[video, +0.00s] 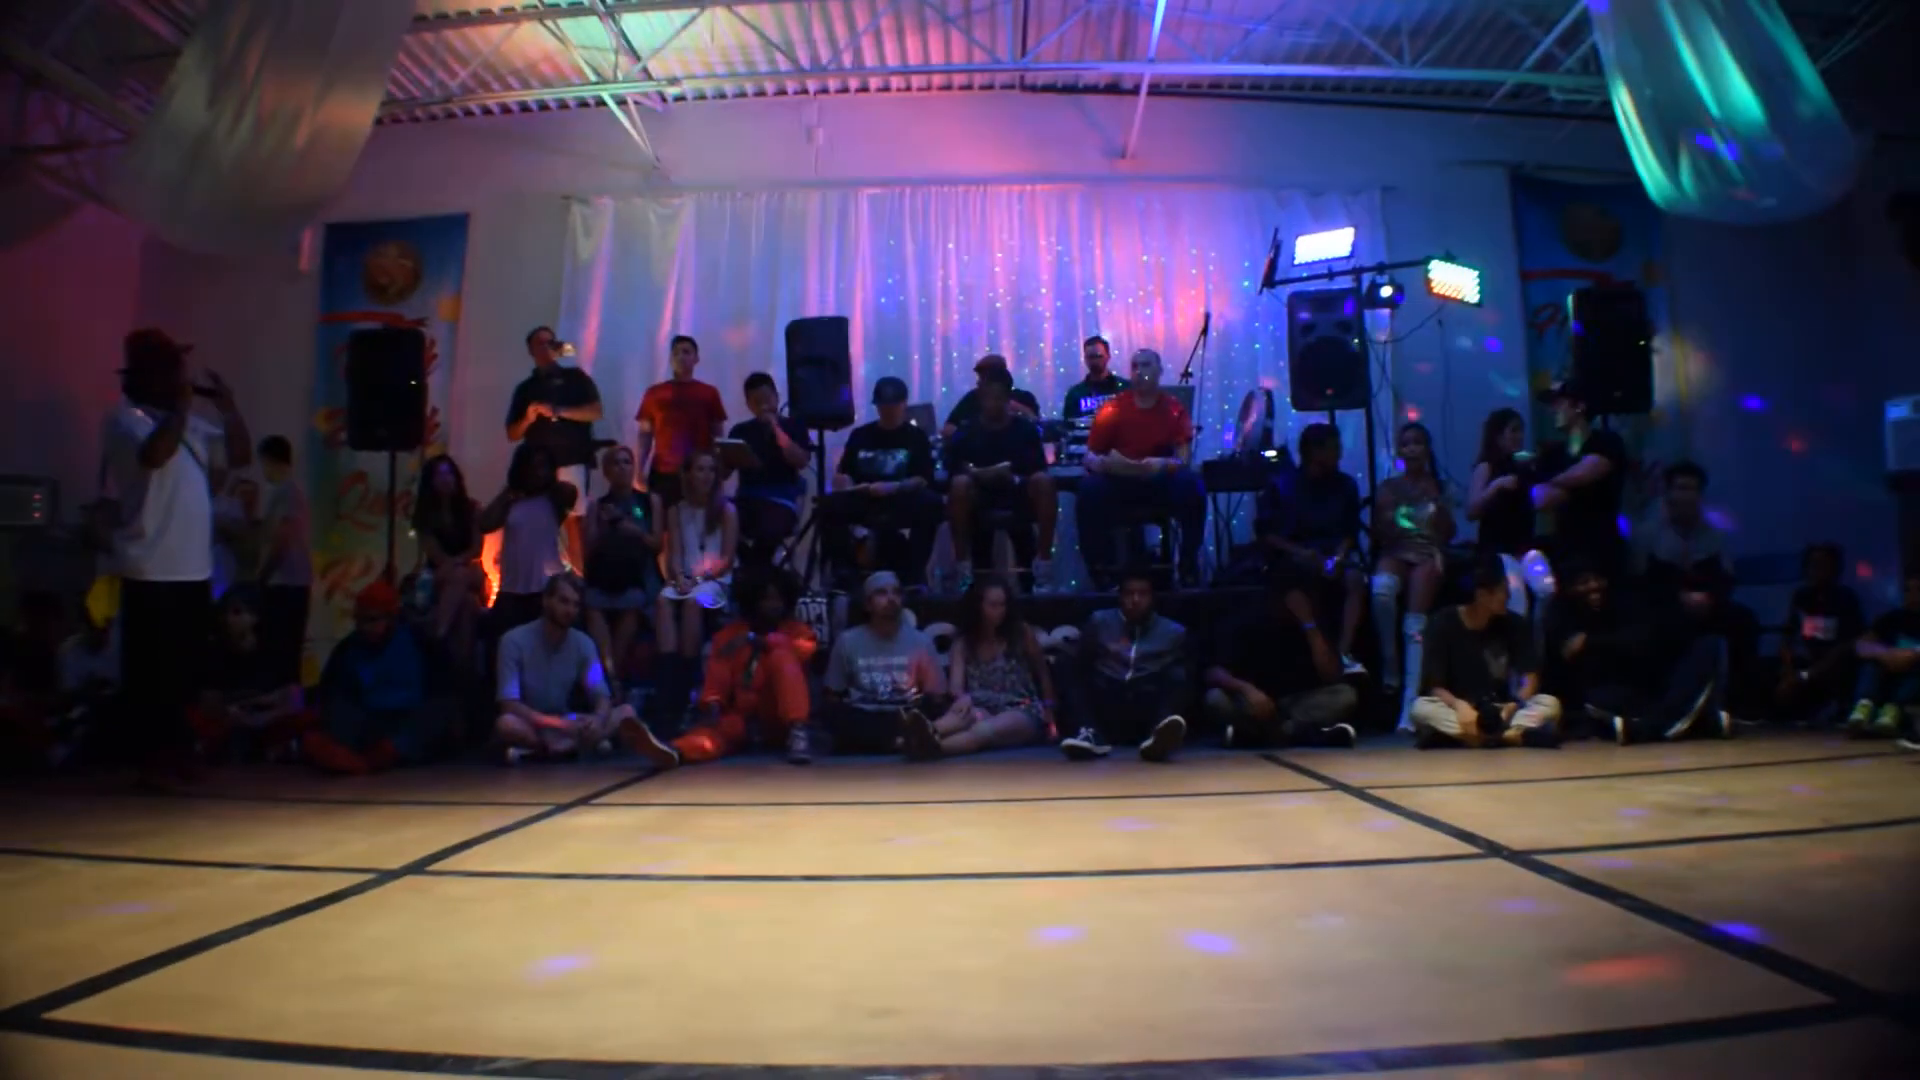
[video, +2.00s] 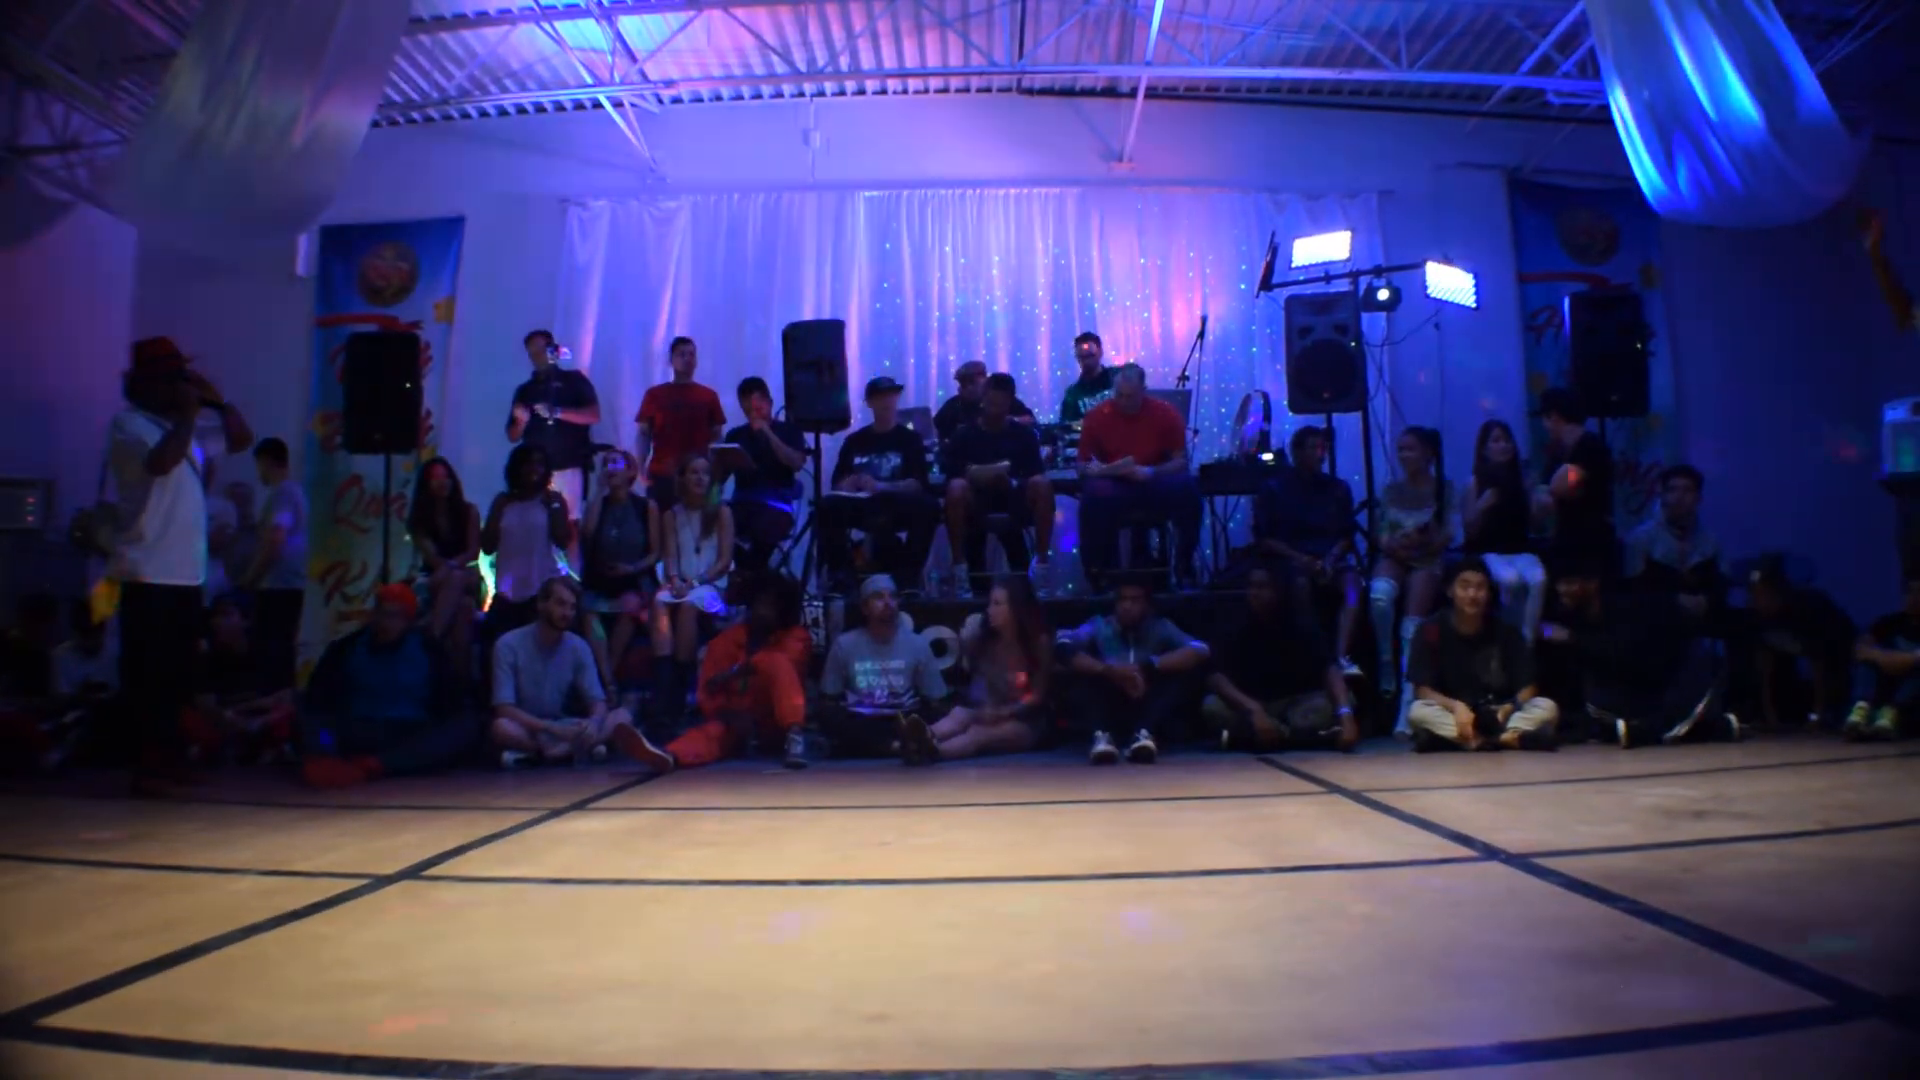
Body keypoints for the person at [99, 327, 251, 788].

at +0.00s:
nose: (178, 381)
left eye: (178, 373)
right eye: (168, 372)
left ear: (176, 378)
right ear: (142, 377)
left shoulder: (185, 426)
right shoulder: (127, 421)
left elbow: (239, 457)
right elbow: (153, 455)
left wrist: (227, 405)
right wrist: (181, 404)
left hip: (193, 578)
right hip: (151, 578)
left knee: (187, 679)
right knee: (150, 680)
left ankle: (183, 760)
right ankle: (148, 764)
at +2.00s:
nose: (179, 388)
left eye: (180, 380)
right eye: (169, 380)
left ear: (180, 384)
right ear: (146, 385)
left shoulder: (180, 432)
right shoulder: (129, 426)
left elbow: (240, 440)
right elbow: (159, 462)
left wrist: (216, 400)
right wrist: (188, 413)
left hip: (185, 579)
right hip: (149, 578)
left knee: (179, 678)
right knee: (149, 679)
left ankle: (174, 762)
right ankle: (147, 768)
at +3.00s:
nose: (189, 391)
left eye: (189, 383)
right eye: (179, 383)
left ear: (184, 386)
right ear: (154, 387)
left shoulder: (187, 433)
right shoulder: (132, 426)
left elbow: (236, 456)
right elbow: (160, 464)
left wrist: (248, 428)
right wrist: (189, 418)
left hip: (188, 577)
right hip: (151, 575)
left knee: (181, 677)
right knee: (151, 677)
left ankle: (172, 761)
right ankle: (146, 767)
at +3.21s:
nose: (180, 392)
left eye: (182, 384)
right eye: (169, 384)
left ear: (185, 390)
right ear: (146, 388)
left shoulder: (194, 432)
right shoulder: (127, 428)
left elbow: (239, 450)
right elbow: (142, 465)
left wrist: (251, 423)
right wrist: (178, 416)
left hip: (189, 581)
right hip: (145, 580)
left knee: (184, 680)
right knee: (147, 680)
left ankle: (176, 762)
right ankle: (145, 768)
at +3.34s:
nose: (179, 390)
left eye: (181, 383)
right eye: (169, 383)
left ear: (185, 387)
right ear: (147, 386)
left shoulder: (200, 433)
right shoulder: (126, 429)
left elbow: (245, 462)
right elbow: (130, 468)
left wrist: (250, 438)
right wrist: (165, 423)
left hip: (191, 581)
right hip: (143, 581)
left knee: (185, 682)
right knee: (144, 681)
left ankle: (177, 762)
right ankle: (143, 768)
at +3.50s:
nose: (178, 391)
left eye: (181, 383)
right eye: (167, 384)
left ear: (186, 388)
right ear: (147, 390)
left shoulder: (208, 437)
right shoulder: (128, 434)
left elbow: (250, 476)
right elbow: (119, 470)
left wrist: (241, 510)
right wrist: (152, 421)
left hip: (193, 583)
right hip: (141, 583)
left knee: (186, 680)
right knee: (143, 681)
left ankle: (183, 760)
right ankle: (143, 765)